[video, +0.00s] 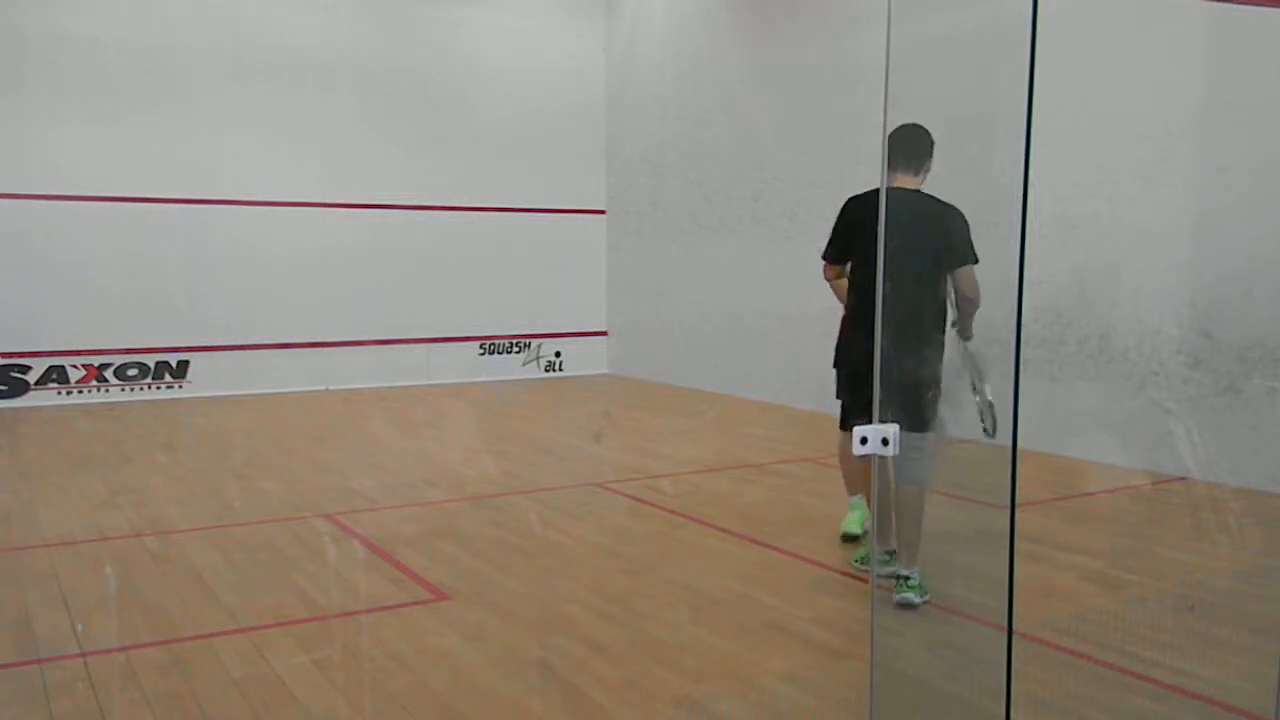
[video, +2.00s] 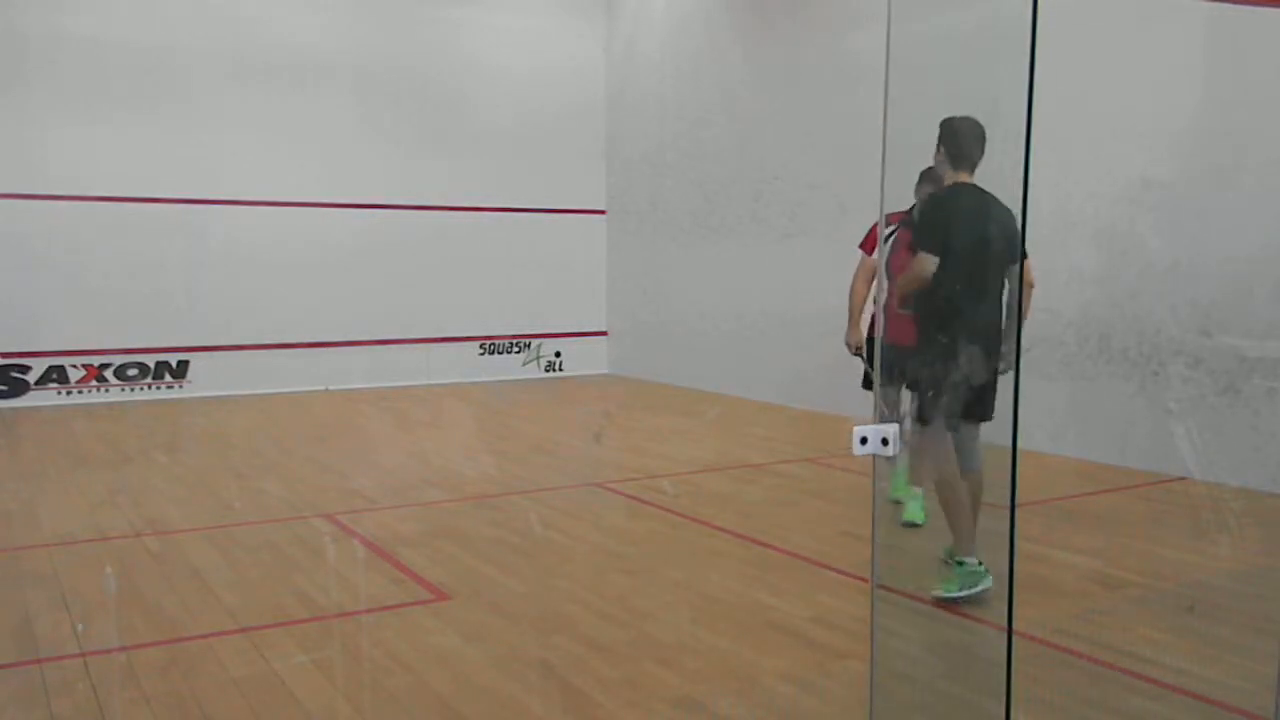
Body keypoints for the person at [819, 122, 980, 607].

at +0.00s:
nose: (921, 169)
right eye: (926, 161)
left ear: (885, 159)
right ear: (928, 164)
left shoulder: (859, 207)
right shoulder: (946, 217)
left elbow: (833, 271)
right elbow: (968, 291)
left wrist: (856, 306)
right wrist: (962, 324)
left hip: (861, 352)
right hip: (917, 358)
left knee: (869, 444)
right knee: (911, 459)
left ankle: (881, 549)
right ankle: (907, 574)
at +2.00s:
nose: (934, 155)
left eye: (937, 148)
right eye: (940, 148)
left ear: (941, 152)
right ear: (980, 157)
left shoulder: (937, 204)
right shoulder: (1002, 213)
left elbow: (925, 265)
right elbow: (1025, 282)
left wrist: (900, 289)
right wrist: (1010, 332)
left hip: (945, 345)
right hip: (984, 347)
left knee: (938, 442)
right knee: (968, 442)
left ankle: (969, 561)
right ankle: (965, 547)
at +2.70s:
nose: (968, 150)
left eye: (978, 142)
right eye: (958, 141)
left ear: (989, 149)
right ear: (937, 145)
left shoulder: (1009, 212)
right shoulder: (911, 208)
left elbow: (1033, 281)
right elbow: (894, 281)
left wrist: (992, 315)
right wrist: (879, 334)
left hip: (978, 357)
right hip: (918, 351)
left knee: (971, 457)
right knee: (910, 464)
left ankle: (978, 571)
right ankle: (904, 587)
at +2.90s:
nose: (960, 142)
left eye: (967, 133)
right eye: (949, 132)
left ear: (974, 141)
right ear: (923, 138)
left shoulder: (992, 206)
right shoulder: (891, 209)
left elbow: (1009, 287)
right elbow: (863, 285)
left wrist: (985, 338)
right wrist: (836, 352)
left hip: (965, 362)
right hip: (904, 361)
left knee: (959, 468)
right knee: (909, 477)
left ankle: (967, 564)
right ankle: (912, 604)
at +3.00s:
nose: (952, 137)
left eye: (958, 128)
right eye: (941, 128)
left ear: (962, 137)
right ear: (912, 135)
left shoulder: (978, 198)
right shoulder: (881, 207)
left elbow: (1001, 279)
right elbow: (852, 283)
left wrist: (978, 344)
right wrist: (824, 354)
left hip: (963, 363)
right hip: (899, 363)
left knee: (965, 480)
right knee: (903, 482)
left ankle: (957, 554)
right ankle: (911, 604)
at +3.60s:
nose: (914, 131)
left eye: (919, 121)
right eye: (901, 122)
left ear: (927, 128)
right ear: (872, 133)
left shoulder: (950, 198)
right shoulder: (840, 206)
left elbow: (977, 278)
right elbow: (820, 287)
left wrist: (977, 348)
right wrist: (806, 359)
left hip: (927, 368)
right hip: (864, 370)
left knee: (900, 497)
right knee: (892, 495)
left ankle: (885, 637)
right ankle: (911, 601)